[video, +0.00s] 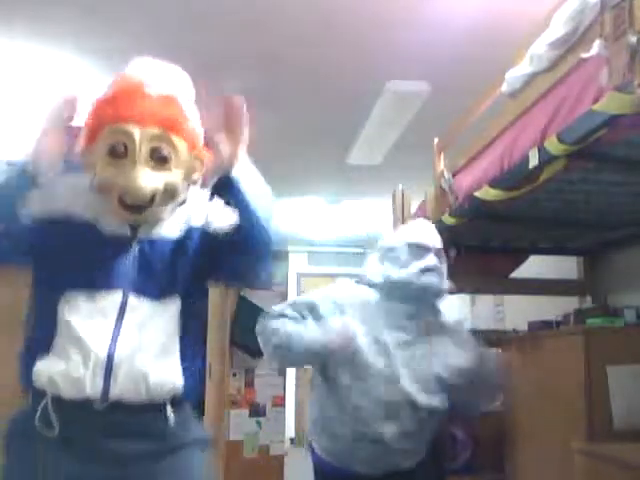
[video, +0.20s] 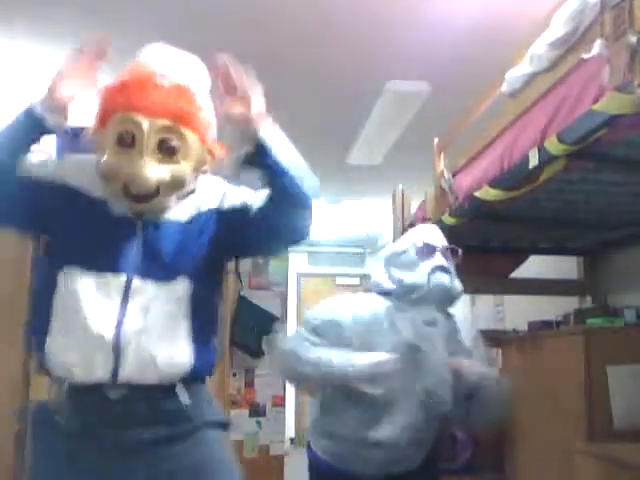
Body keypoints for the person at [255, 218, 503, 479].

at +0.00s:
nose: (426, 262)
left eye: (434, 254)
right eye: (413, 252)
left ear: (443, 263)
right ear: (387, 257)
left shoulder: (448, 332)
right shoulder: (346, 302)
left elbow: (480, 398)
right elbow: (270, 330)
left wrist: (470, 372)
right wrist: (323, 340)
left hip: (413, 465)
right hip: (340, 464)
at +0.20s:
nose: (440, 261)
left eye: (445, 253)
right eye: (426, 252)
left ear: (453, 264)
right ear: (400, 263)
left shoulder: (448, 331)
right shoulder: (350, 313)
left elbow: (471, 414)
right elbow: (288, 353)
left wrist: (480, 384)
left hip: (412, 466)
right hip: (341, 467)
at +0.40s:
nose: (439, 248)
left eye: (447, 237)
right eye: (428, 237)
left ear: (457, 243)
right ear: (406, 244)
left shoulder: (458, 308)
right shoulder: (374, 287)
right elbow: (304, 330)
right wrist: (354, 388)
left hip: (421, 455)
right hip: (351, 457)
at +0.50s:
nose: (437, 226)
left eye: (446, 215)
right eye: (426, 214)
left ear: (461, 224)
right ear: (405, 221)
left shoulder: (467, 295)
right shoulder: (374, 273)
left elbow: (491, 376)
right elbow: (307, 305)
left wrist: (504, 331)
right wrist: (353, 377)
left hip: (427, 449)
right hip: (356, 447)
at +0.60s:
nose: (447, 215)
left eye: (452, 206)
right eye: (433, 205)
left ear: (462, 217)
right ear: (409, 214)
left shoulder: (472, 289)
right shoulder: (375, 263)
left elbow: (497, 362)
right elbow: (311, 287)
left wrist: (512, 327)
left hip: (432, 443)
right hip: (359, 440)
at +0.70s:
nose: (455, 208)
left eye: (459, 198)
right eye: (443, 198)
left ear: (465, 209)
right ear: (415, 205)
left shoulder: (473, 281)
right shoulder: (389, 250)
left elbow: (495, 348)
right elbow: (310, 252)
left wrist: (511, 326)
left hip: (436, 439)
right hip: (366, 432)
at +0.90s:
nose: (466, 207)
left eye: (467, 199)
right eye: (456, 197)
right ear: (434, 202)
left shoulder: (472, 275)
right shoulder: (405, 239)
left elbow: (487, 348)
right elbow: (344, 251)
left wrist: (506, 311)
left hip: (435, 434)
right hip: (370, 428)